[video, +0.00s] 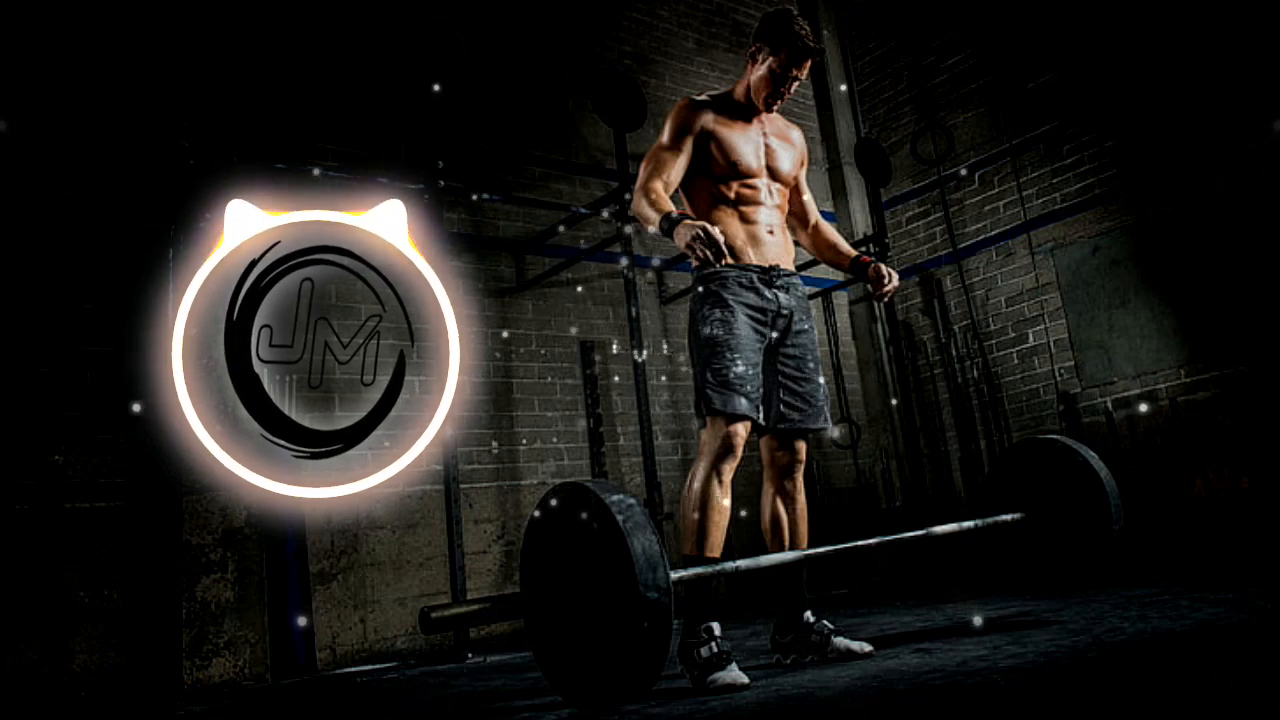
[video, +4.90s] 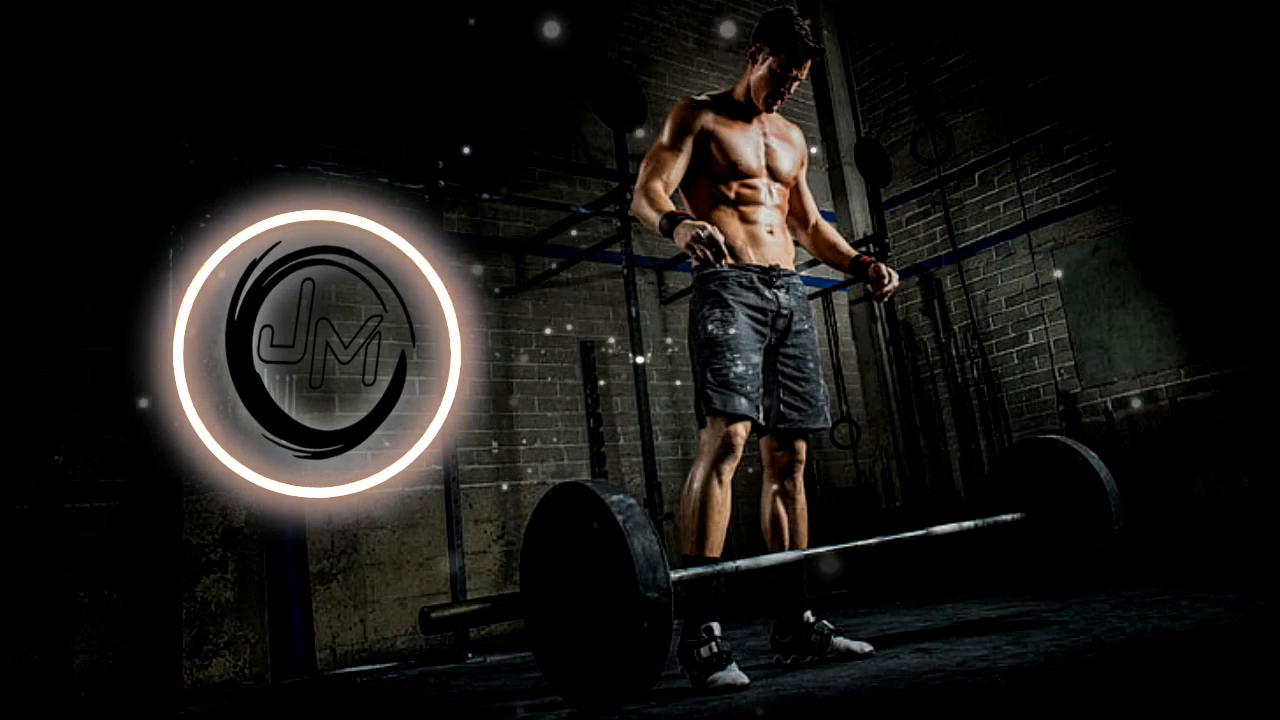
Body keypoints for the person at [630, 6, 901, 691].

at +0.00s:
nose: (789, 89)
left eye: (799, 79)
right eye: (787, 73)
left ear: (800, 76)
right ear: (756, 57)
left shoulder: (792, 137)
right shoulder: (698, 115)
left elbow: (807, 223)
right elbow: (645, 197)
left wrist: (860, 264)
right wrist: (675, 226)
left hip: (791, 297)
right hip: (731, 292)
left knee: (790, 455)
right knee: (730, 437)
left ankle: (798, 624)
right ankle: (699, 634)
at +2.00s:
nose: (789, 89)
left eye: (799, 79)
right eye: (786, 72)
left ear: (801, 76)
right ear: (756, 57)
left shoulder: (792, 137)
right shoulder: (697, 115)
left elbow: (808, 224)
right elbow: (646, 197)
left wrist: (860, 264)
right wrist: (677, 225)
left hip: (791, 297)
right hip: (731, 292)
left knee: (790, 455)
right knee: (730, 436)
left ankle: (796, 624)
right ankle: (699, 634)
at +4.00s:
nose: (789, 88)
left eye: (799, 78)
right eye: (786, 72)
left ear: (801, 77)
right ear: (756, 58)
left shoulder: (792, 137)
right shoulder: (697, 117)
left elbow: (808, 224)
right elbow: (645, 197)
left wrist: (860, 264)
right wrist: (676, 226)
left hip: (790, 297)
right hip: (730, 293)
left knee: (790, 455)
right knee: (730, 437)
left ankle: (798, 624)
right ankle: (699, 634)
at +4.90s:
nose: (794, 89)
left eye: (802, 78)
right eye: (790, 73)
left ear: (804, 76)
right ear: (757, 58)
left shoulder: (793, 137)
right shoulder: (697, 115)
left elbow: (809, 225)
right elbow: (644, 199)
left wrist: (860, 264)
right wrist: (677, 225)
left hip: (790, 297)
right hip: (730, 293)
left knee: (789, 455)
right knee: (729, 438)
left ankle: (797, 625)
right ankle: (699, 634)